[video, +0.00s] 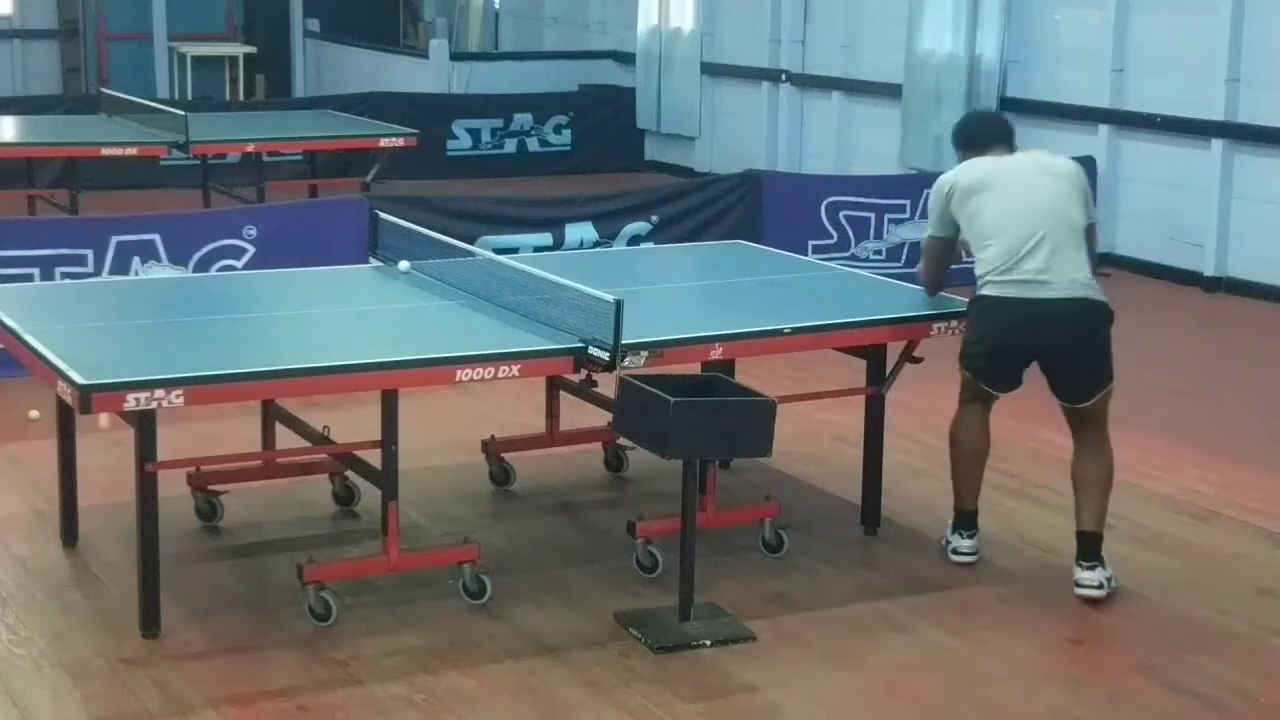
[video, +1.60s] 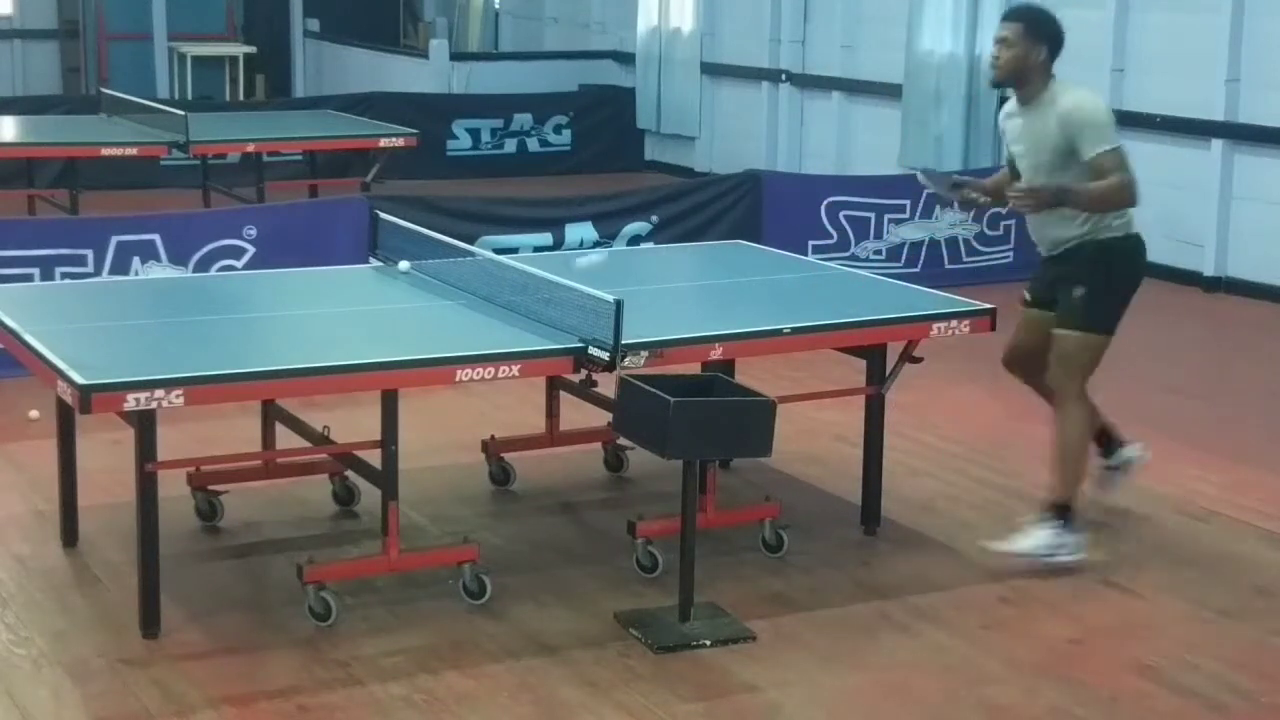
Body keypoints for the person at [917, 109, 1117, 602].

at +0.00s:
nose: (960, 164)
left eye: (959, 157)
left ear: (964, 153)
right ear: (1012, 141)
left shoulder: (953, 182)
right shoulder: (1068, 169)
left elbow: (932, 279)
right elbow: (1086, 251)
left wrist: (948, 250)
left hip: (1001, 315)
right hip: (1079, 316)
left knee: (974, 404)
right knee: (1090, 431)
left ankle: (964, 530)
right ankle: (1089, 563)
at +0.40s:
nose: (973, 135)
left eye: (974, 127)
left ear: (976, 126)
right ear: (1028, 123)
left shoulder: (956, 158)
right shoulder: (1072, 159)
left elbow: (913, 219)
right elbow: (1088, 253)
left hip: (986, 298)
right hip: (1063, 301)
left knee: (973, 401)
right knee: (1110, 428)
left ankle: (964, 531)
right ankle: (1139, 571)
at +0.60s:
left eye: (1020, 100)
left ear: (1021, 104)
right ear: (1075, 111)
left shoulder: (990, 140)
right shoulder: (1103, 157)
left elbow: (913, 163)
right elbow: (1121, 260)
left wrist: (923, 134)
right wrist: (1071, 245)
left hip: (996, 293)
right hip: (1074, 300)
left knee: (979, 399)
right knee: (1119, 431)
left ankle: (964, 531)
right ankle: (1141, 578)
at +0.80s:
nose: (1059, 95)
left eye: (1062, 87)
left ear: (1065, 94)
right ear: (1119, 103)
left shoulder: (1025, 132)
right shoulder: (1139, 145)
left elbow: (931, 184)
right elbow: (1168, 224)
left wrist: (868, 192)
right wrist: (1127, 250)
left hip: (1019, 286)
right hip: (1095, 296)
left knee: (991, 396)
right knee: (1132, 428)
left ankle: (965, 529)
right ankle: (1142, 577)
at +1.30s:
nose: (993, 135)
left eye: (998, 124)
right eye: (996, 124)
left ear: (1018, 129)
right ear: (1052, 135)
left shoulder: (1021, 168)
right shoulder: (1086, 174)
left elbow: (988, 227)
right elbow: (1101, 252)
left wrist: (887, 243)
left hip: (1076, 324)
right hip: (1141, 327)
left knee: (989, 409)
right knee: (1122, 450)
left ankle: (1031, 544)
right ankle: (1151, 542)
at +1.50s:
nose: (982, 78)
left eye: (993, 69)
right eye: (985, 68)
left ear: (1026, 79)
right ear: (1015, 80)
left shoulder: (1055, 126)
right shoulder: (1025, 134)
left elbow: (1088, 202)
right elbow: (1055, 207)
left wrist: (1016, 201)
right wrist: (996, 203)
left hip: (1099, 277)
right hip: (1083, 276)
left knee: (1015, 397)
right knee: (1044, 398)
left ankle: (1032, 542)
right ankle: (1144, 470)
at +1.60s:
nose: (995, 53)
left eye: (1007, 44)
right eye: (995, 44)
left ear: (1041, 53)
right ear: (1007, 54)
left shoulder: (1081, 108)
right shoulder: (1011, 114)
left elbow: (1123, 191)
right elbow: (1020, 175)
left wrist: (1057, 195)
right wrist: (978, 191)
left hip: (1106, 254)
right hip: (1060, 257)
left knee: (1065, 380)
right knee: (1023, 358)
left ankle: (1062, 522)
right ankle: (1114, 448)